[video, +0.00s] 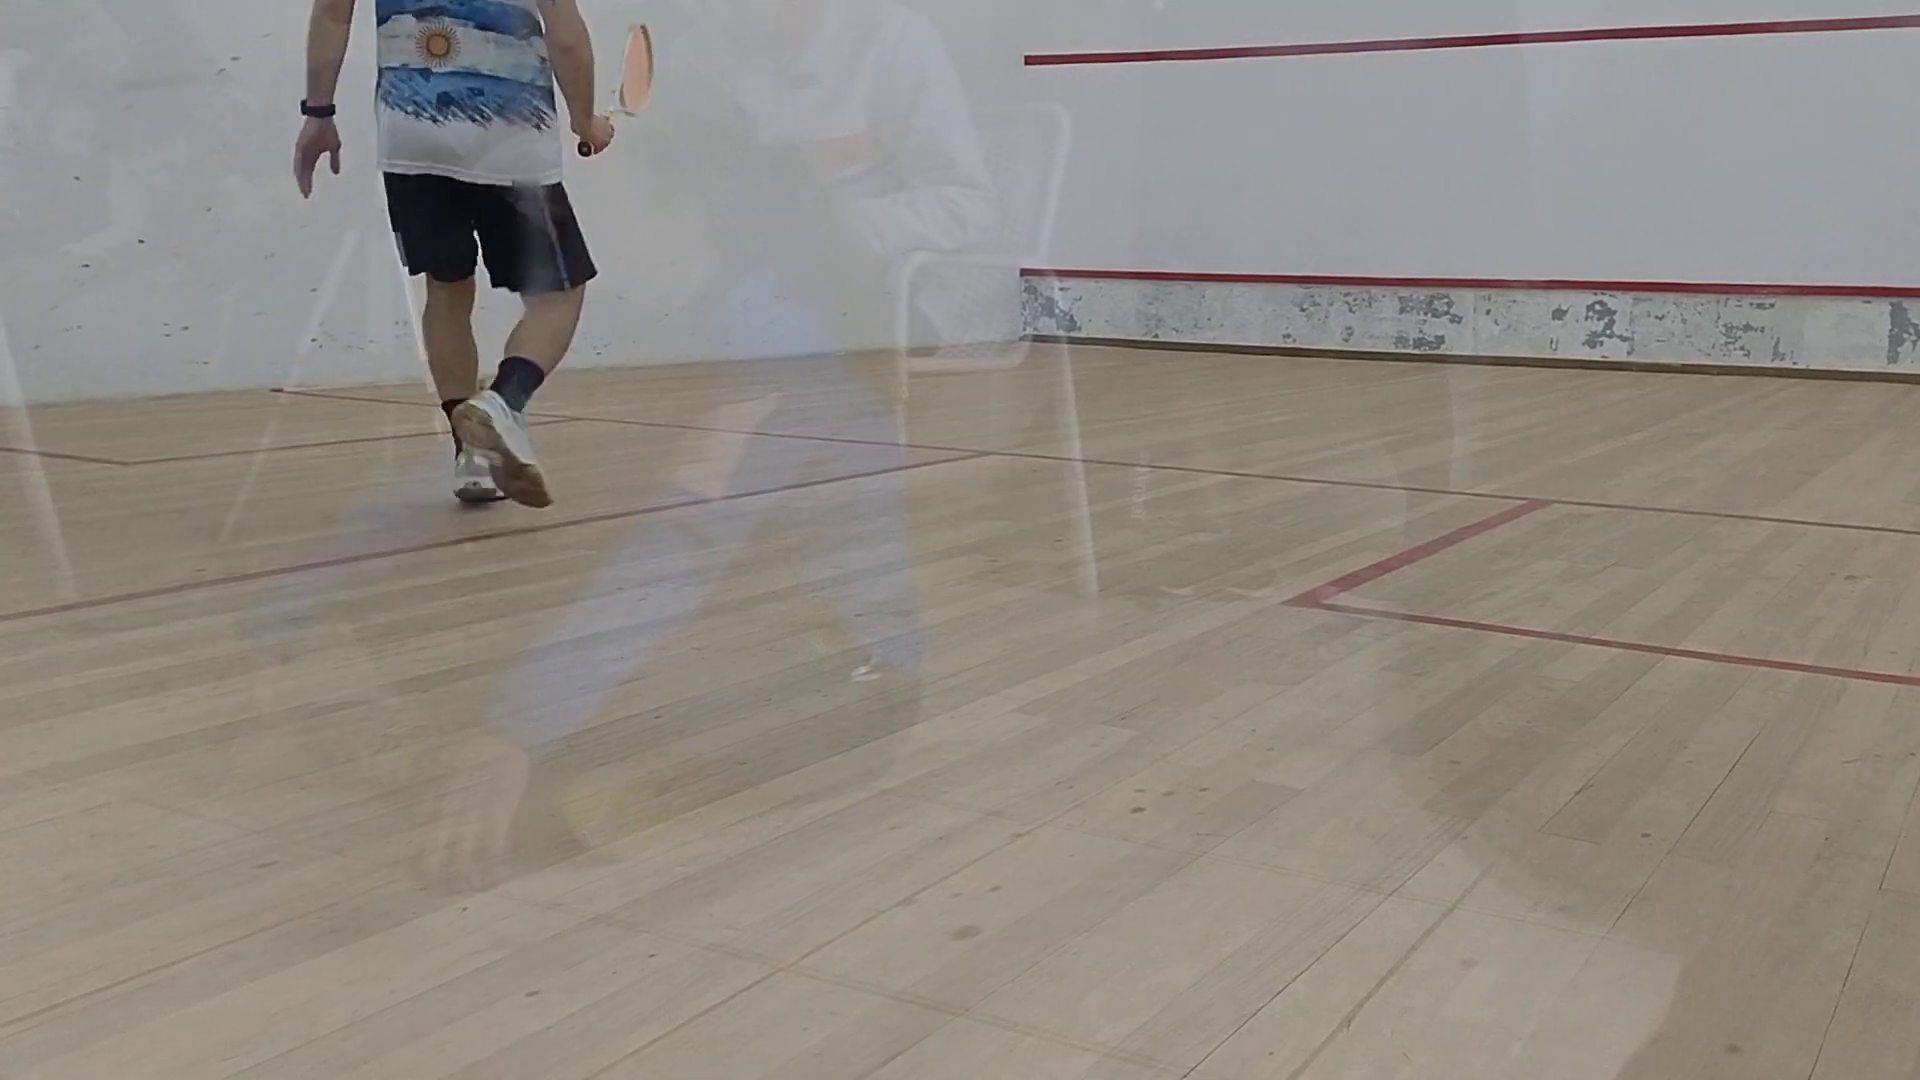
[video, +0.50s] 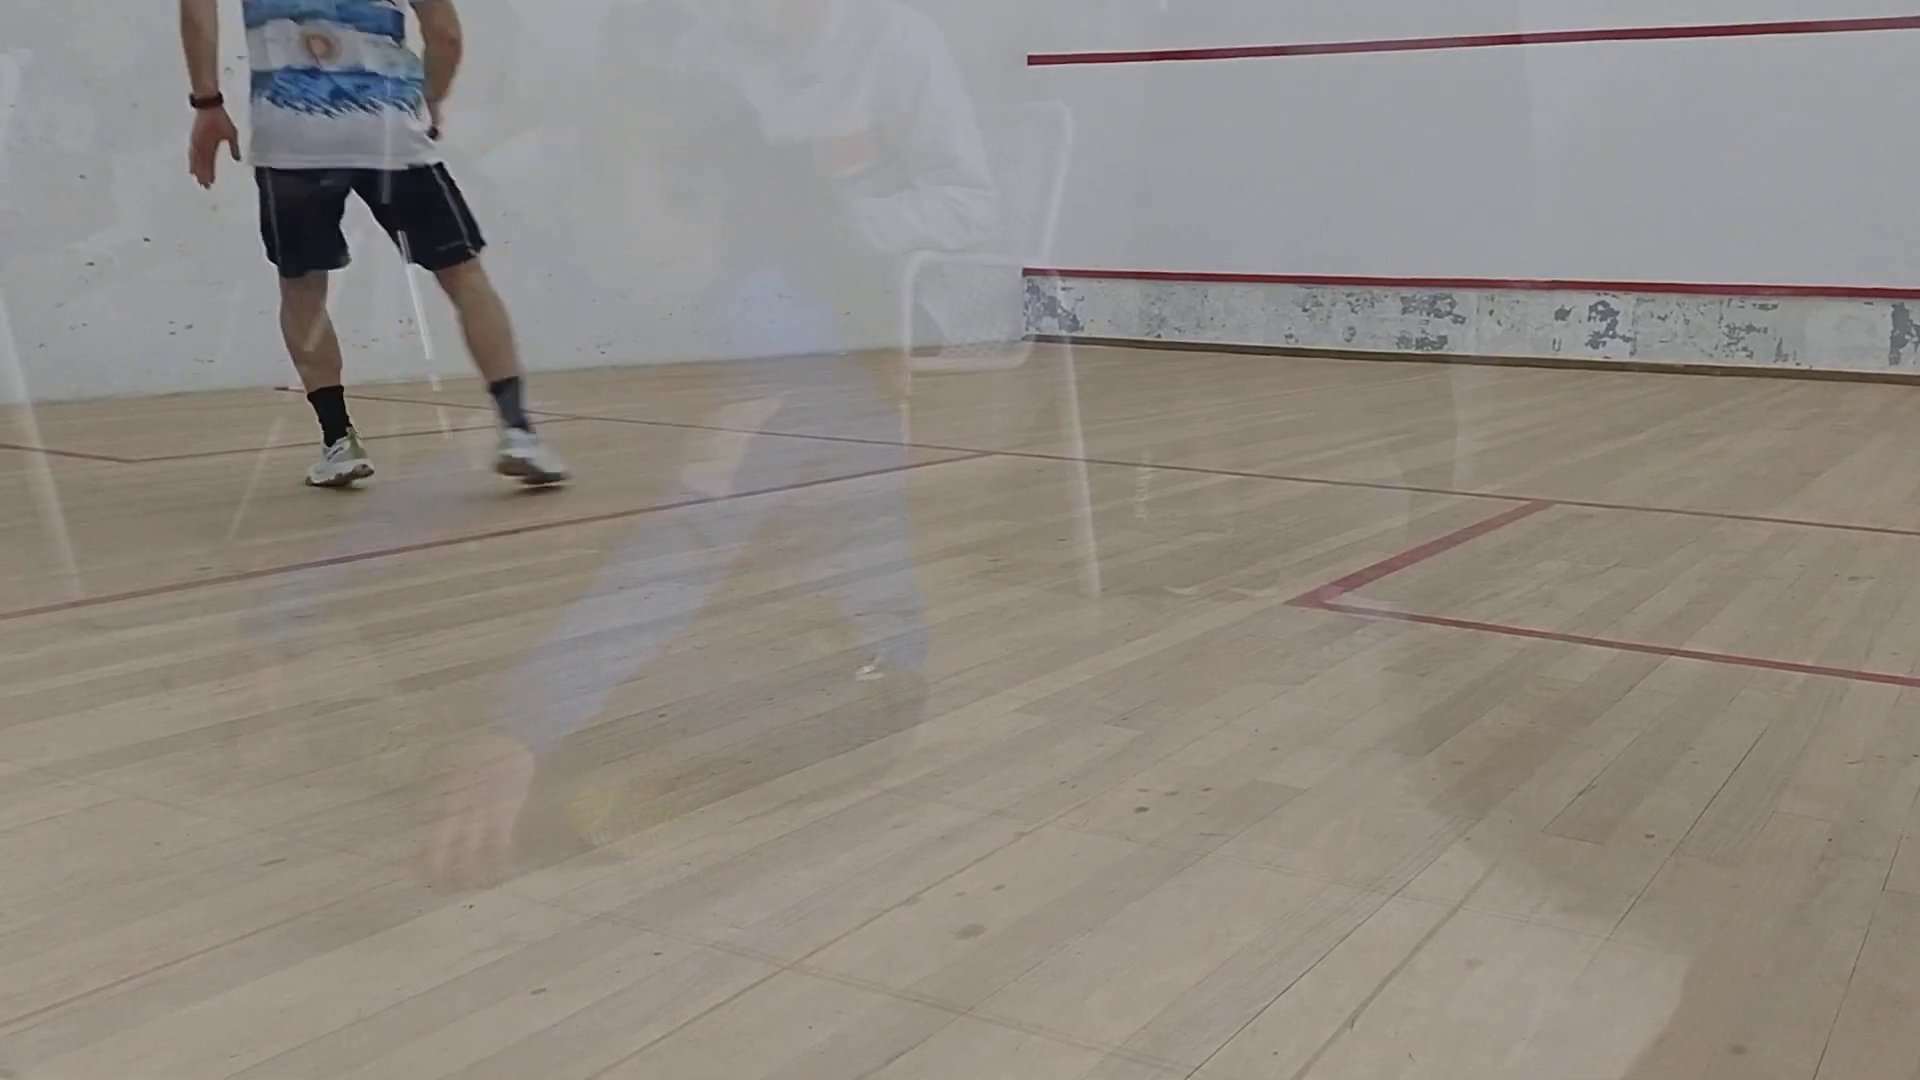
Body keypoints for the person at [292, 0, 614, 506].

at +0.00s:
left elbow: (331, 12)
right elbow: (567, 38)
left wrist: (318, 111)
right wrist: (584, 117)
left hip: (411, 141)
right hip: (511, 143)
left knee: (447, 289)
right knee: (557, 291)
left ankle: (470, 451)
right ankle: (504, 404)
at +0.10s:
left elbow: (337, 7)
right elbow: (565, 16)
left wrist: (335, 91)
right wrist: (581, 113)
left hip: (410, 118)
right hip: (511, 119)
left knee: (423, 265)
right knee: (578, 259)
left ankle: (434, 420)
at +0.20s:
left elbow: (339, 16)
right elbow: (571, 35)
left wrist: (334, 121)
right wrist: (589, 139)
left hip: (409, 143)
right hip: (512, 143)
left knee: (393, 271)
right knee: (593, 289)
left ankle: (381, 432)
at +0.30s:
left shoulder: (375, 6)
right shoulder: (527, 3)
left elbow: (318, 71)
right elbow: (570, 81)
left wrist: (310, 173)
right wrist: (590, 177)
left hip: (415, 195)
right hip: (522, 193)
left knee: (368, 294)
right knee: (608, 318)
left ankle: (347, 445)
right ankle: (669, 454)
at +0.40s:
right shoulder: (467, 1)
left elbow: (259, 61)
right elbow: (516, 68)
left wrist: (263, 160)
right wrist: (530, 158)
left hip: (351, 179)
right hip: (457, 178)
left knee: (332, 302)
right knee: (556, 306)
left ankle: (345, 451)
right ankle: (648, 434)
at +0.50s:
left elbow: (196, 12)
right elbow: (444, 33)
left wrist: (207, 101)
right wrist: (430, 100)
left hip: (290, 134)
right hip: (389, 127)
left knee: (302, 291)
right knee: (465, 277)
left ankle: (339, 441)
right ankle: (517, 428)